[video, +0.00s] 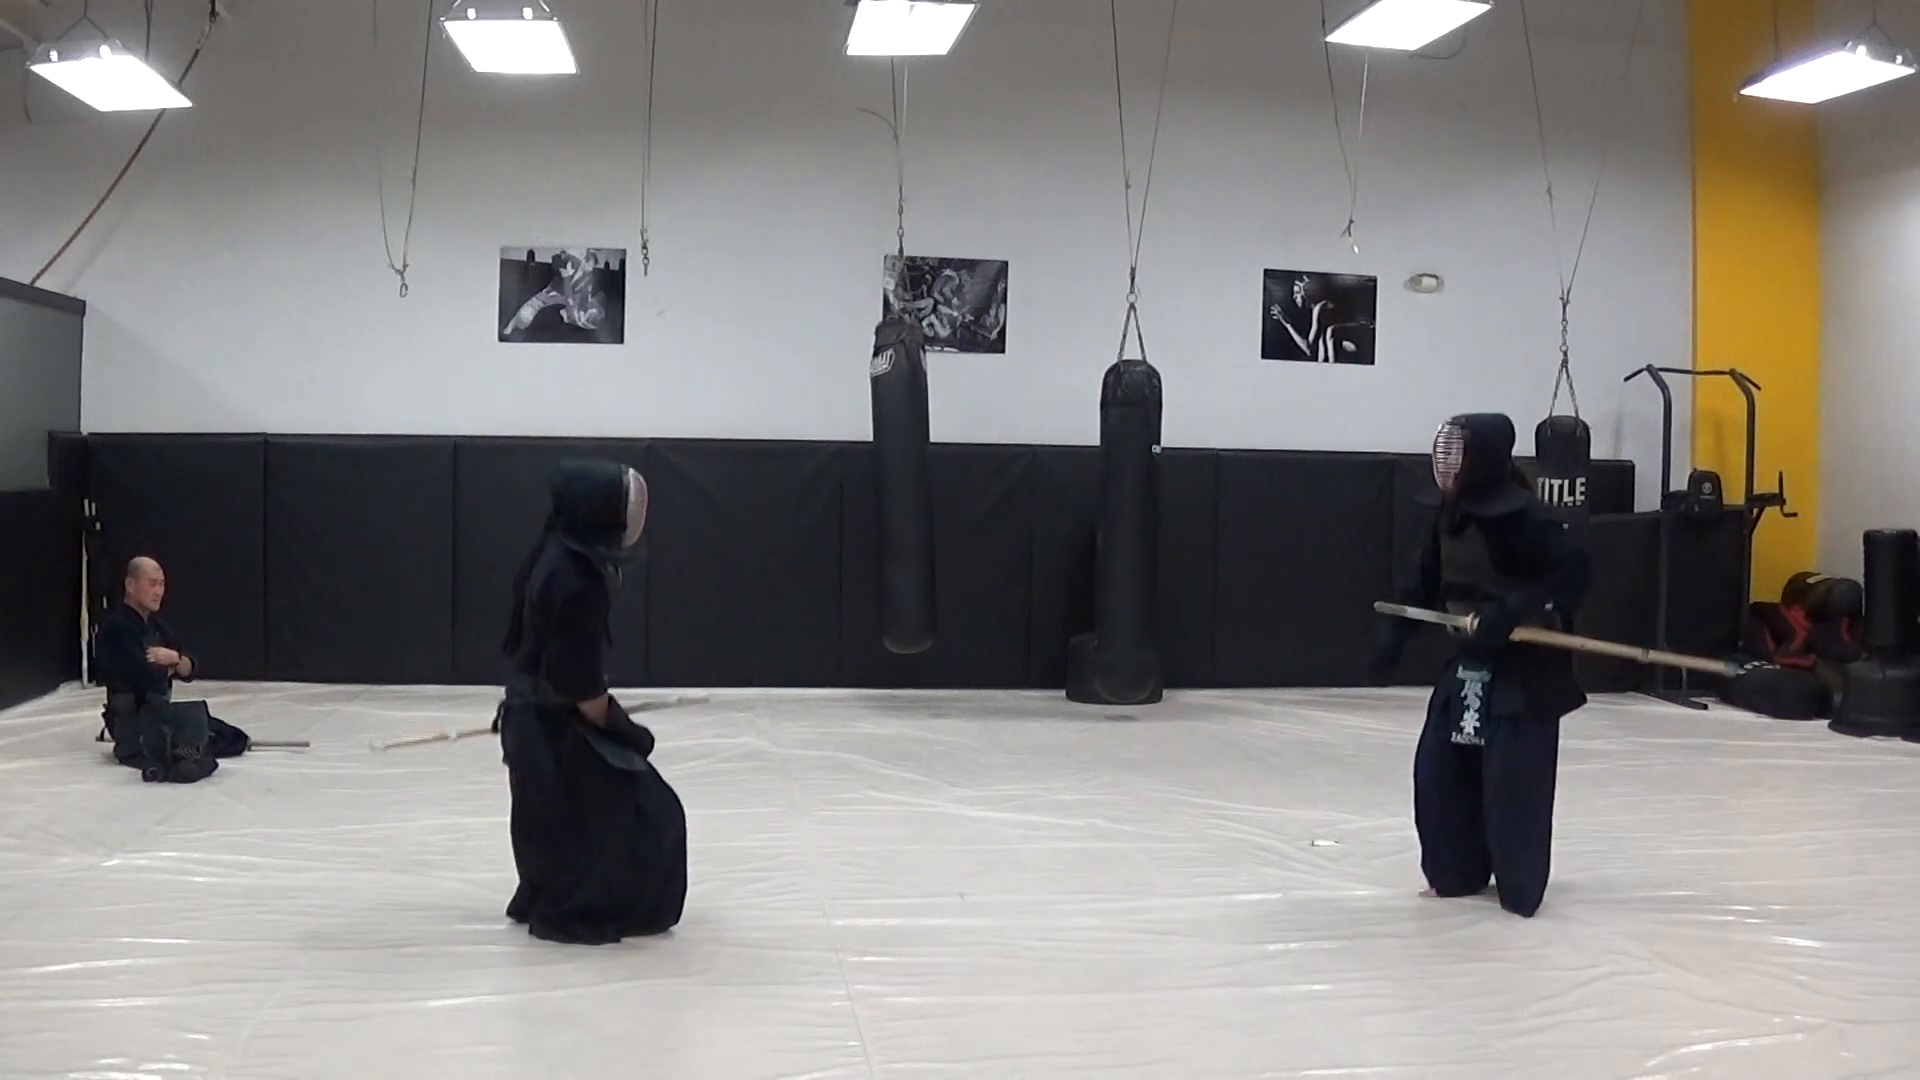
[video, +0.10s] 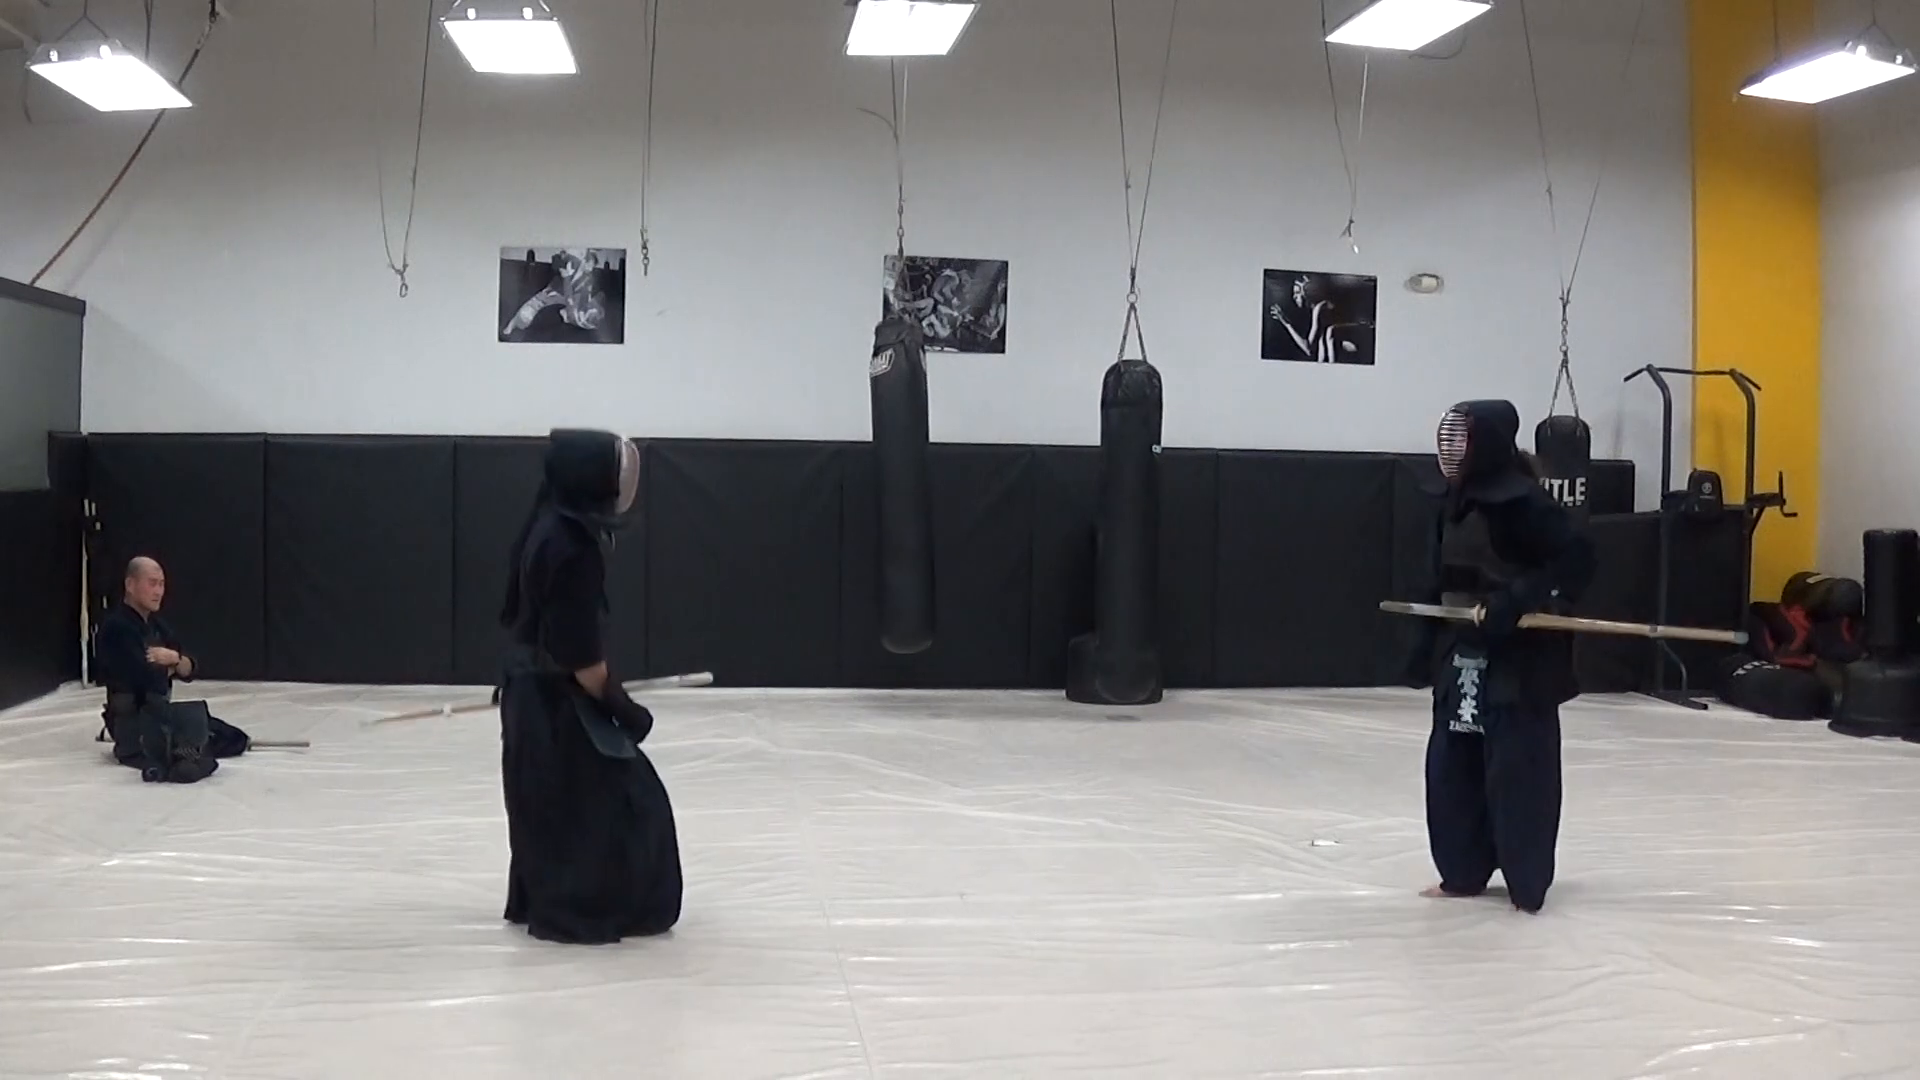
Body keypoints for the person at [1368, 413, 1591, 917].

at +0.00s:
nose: (1443, 465)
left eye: (1453, 455)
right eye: (1441, 454)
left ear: (1483, 459)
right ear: (1439, 457)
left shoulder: (1522, 516)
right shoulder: (1448, 516)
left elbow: (1572, 575)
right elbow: (1427, 587)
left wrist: (1506, 614)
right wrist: (1393, 640)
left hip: (1523, 666)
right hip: (1465, 663)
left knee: (1514, 778)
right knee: (1440, 768)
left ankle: (1521, 888)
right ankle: (1457, 875)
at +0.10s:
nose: (1448, 452)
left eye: (1458, 441)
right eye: (1445, 441)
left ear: (1487, 445)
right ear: (1443, 443)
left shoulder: (1524, 503)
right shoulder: (1453, 505)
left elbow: (1575, 560)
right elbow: (1441, 587)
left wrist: (1515, 601)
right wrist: (1426, 654)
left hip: (1521, 660)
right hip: (1462, 658)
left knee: (1520, 771)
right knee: (1454, 769)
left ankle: (1528, 882)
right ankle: (1466, 874)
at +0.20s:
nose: (1451, 445)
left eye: (1461, 434)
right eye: (1447, 434)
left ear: (1490, 439)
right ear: (1444, 438)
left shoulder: (1523, 496)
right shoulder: (1457, 499)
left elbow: (1576, 552)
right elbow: (1458, 577)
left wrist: (1516, 600)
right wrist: (1448, 642)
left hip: (1517, 655)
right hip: (1464, 653)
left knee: (1520, 768)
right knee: (1458, 766)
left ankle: (1533, 883)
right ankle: (1467, 875)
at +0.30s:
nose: (1454, 445)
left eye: (1464, 435)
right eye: (1451, 434)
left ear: (1493, 438)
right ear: (1449, 437)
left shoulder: (1527, 496)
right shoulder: (1462, 498)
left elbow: (1579, 559)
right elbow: (1460, 572)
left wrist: (1516, 603)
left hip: (1520, 654)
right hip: (1467, 652)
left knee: (1519, 768)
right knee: (1459, 763)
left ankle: (1534, 883)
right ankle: (1471, 872)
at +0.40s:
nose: (1457, 446)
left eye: (1467, 436)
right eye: (1454, 435)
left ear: (1495, 439)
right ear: (1451, 438)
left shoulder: (1530, 497)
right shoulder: (1463, 498)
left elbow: (1581, 558)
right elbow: (1460, 575)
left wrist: (1519, 605)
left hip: (1523, 656)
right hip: (1469, 654)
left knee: (1521, 770)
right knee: (1462, 765)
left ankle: (1532, 881)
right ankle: (1473, 872)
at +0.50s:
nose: (1464, 449)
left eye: (1473, 439)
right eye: (1461, 438)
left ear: (1500, 441)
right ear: (1462, 440)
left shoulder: (1535, 497)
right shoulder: (1469, 499)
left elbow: (1586, 560)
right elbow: (1459, 580)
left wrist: (1527, 604)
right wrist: (1445, 652)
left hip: (1526, 655)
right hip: (1472, 654)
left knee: (1522, 768)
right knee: (1464, 764)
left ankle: (1528, 881)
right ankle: (1474, 872)